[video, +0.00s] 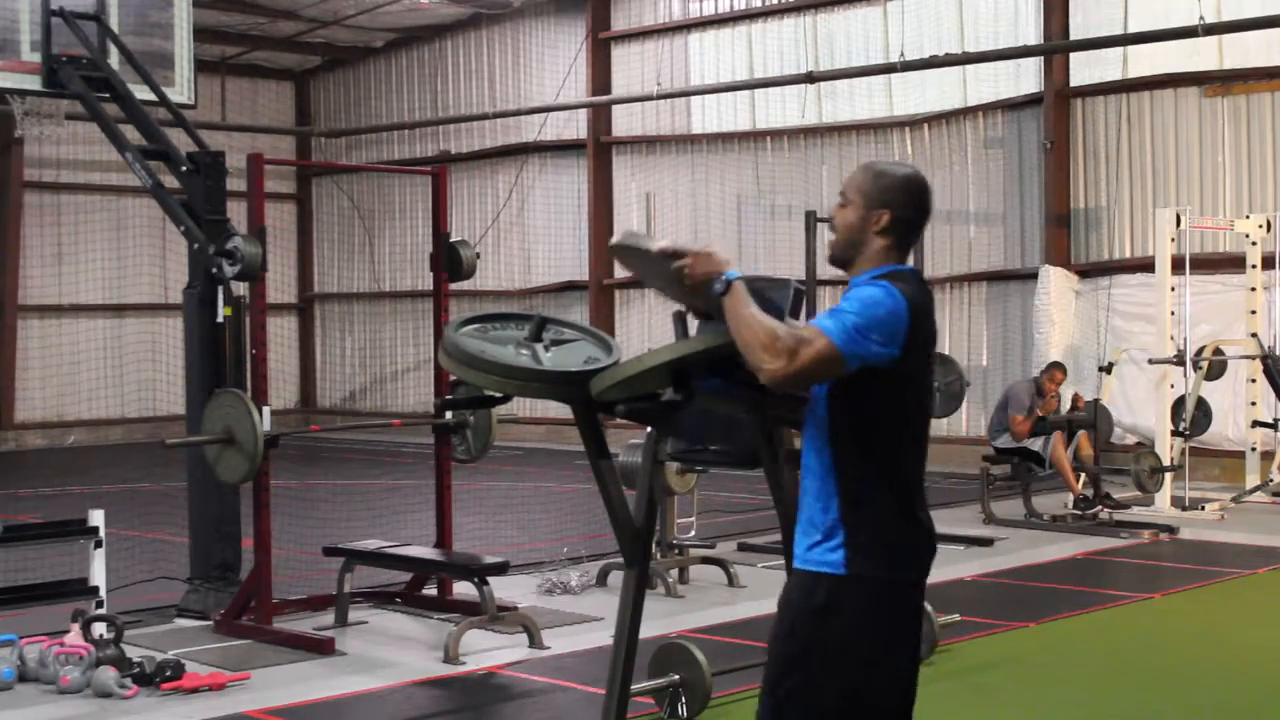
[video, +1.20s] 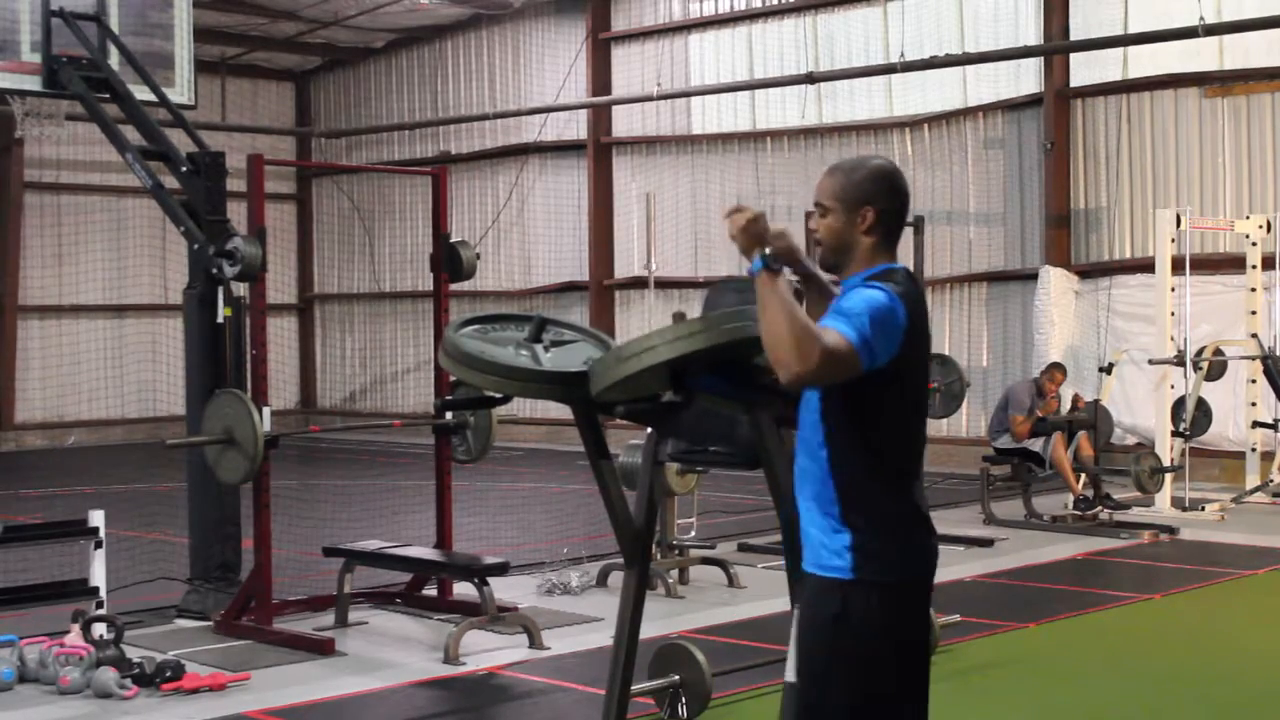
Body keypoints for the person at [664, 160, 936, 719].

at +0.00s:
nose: (830, 214)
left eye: (842, 203)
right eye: (837, 201)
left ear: (881, 221)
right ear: (884, 225)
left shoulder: (883, 298)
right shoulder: (890, 293)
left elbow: (783, 361)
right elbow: (799, 349)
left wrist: (724, 281)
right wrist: (724, 296)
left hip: (849, 566)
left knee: (798, 706)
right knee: (856, 707)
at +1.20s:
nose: (811, 225)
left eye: (822, 212)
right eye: (812, 213)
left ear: (866, 222)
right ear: (865, 222)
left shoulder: (876, 299)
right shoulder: (884, 288)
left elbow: (799, 362)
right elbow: (840, 318)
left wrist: (761, 260)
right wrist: (801, 268)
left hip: (858, 572)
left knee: (832, 705)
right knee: (872, 705)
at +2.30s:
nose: (652, 269)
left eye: (662, 249)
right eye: (650, 252)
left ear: (711, 242)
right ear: (704, 246)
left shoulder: (806, 338)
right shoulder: (696, 348)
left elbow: (845, 482)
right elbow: (725, 496)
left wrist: (733, 553)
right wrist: (694, 604)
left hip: (816, 637)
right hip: (724, 628)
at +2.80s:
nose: (441, 243)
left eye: (442, 229)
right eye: (443, 230)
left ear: (455, 228)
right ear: (520, 228)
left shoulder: (509, 309)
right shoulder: (531, 305)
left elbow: (541, 453)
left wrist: (428, 533)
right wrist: (470, 585)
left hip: (537, 613)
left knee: (433, 708)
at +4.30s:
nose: (452, 292)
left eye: (454, 276)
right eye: (449, 274)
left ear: (375, 267)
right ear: (416, 265)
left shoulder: (311, 324)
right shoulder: (397, 334)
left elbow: (466, 428)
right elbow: (494, 448)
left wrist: (564, 424)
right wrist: (599, 433)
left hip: (235, 586)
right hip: (320, 597)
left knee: (265, 713)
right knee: (367, 710)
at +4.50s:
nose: (444, 330)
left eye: (447, 314)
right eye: (443, 313)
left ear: (377, 291)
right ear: (410, 294)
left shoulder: (310, 339)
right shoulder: (391, 342)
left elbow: (369, 449)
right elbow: (495, 443)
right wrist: (602, 434)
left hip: (199, 586)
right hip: (287, 599)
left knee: (218, 716)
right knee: (334, 712)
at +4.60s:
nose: (436, 335)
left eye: (439, 322)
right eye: (436, 319)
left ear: (367, 302)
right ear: (407, 305)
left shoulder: (301, 348)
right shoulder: (384, 351)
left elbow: (365, 458)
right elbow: (496, 443)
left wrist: (426, 406)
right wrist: (603, 434)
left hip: (179, 589)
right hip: (255, 606)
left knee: (190, 714)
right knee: (294, 711)